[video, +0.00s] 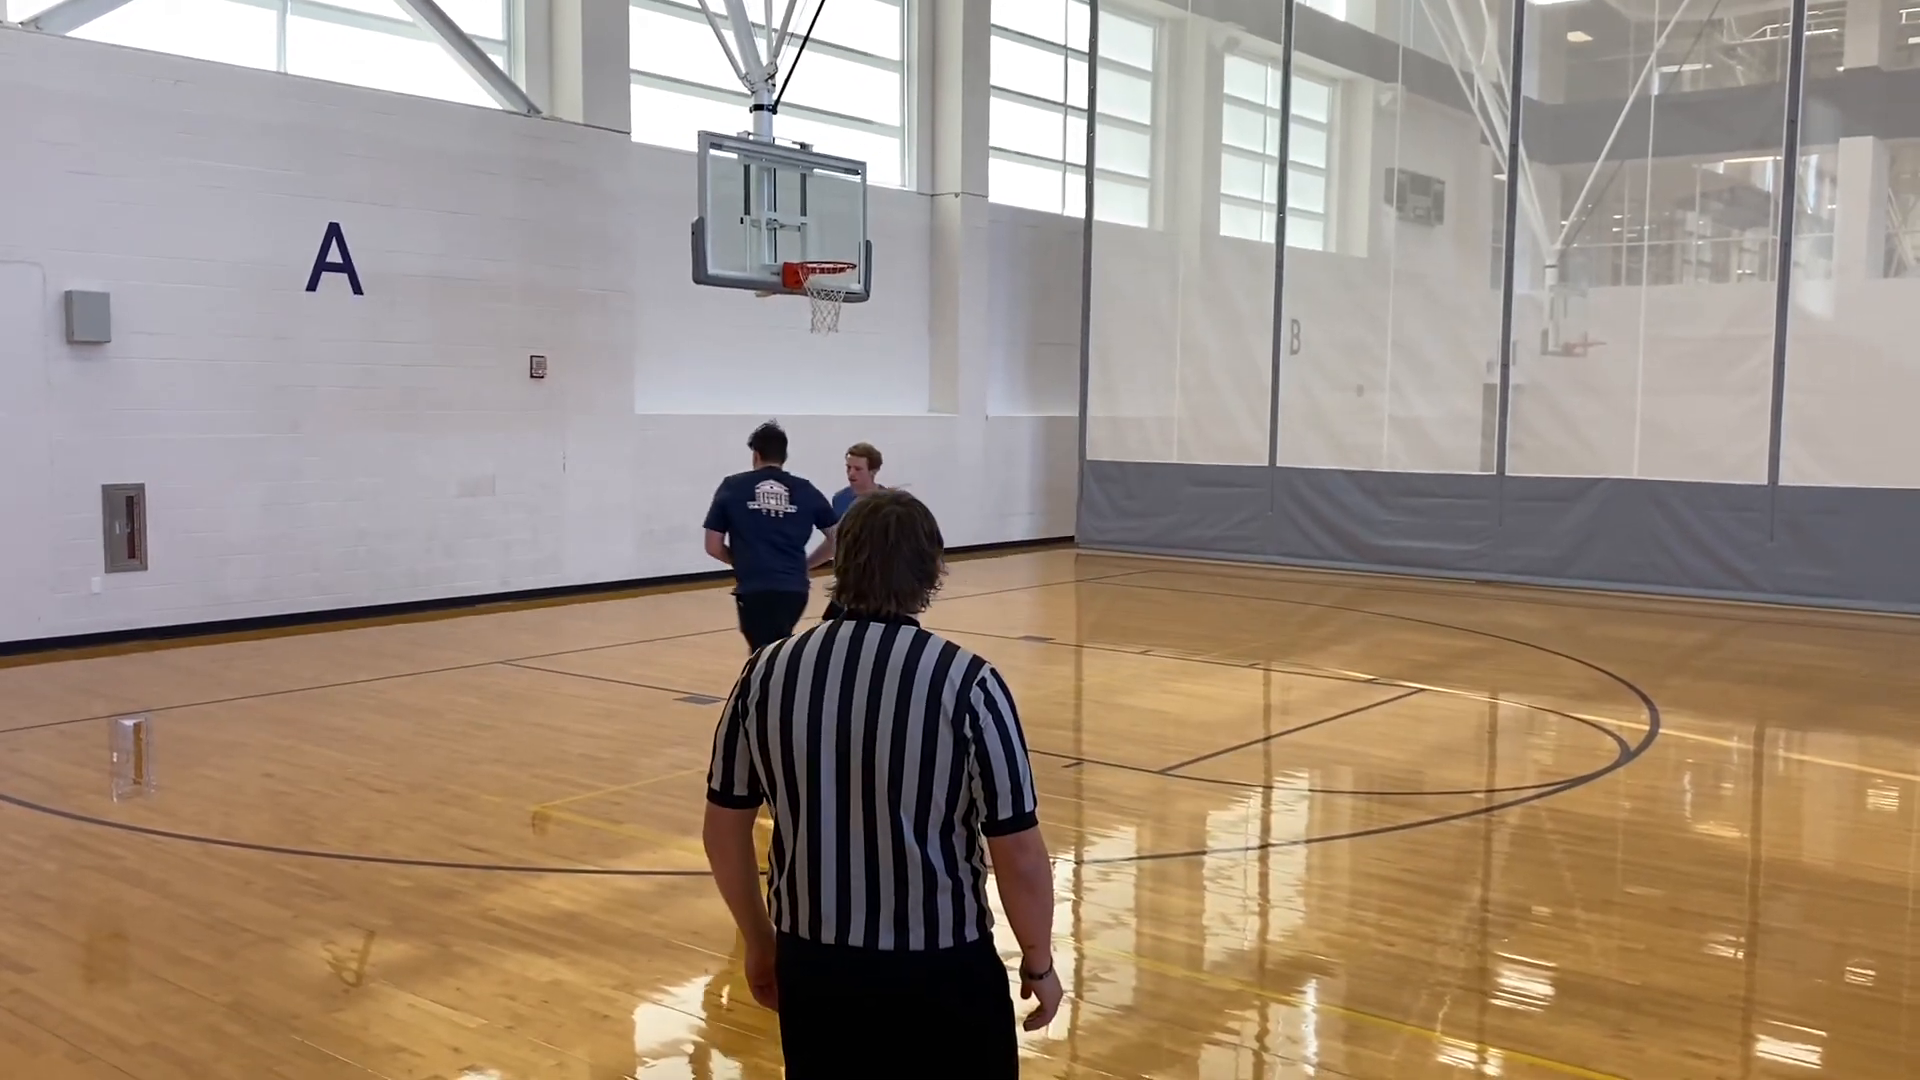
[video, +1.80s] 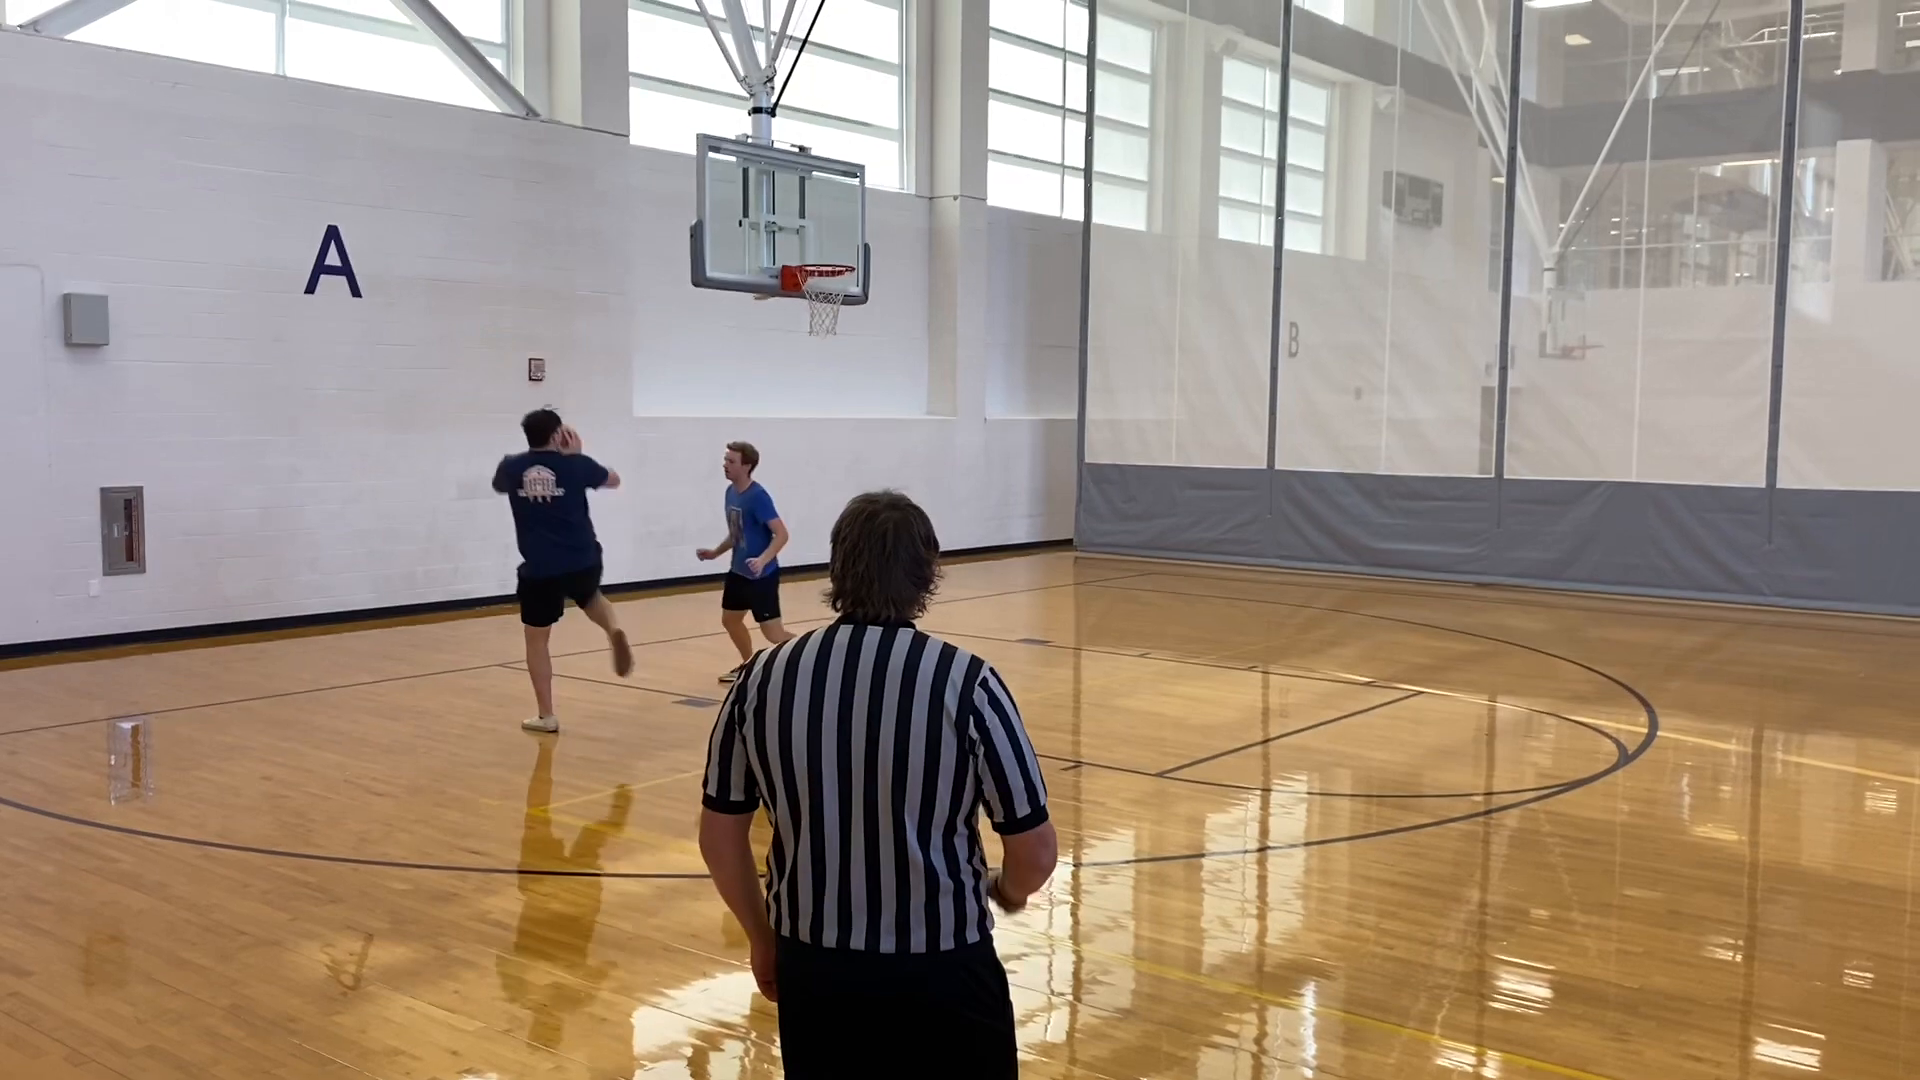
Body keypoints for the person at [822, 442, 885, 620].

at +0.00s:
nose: (851, 474)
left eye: (858, 469)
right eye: (848, 468)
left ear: (873, 471)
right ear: (845, 467)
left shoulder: (889, 501)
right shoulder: (839, 499)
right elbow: (835, 540)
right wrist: (805, 564)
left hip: (882, 577)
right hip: (848, 576)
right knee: (828, 627)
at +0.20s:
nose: (834, 471)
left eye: (840, 467)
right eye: (831, 466)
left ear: (856, 469)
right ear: (828, 465)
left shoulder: (873, 498)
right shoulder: (823, 494)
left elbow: (882, 536)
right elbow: (821, 522)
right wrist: (802, 537)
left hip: (869, 574)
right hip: (838, 573)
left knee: (869, 625)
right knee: (813, 624)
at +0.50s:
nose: (807, 466)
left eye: (813, 461)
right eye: (806, 460)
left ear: (829, 464)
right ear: (803, 460)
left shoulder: (848, 495)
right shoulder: (801, 488)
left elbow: (861, 534)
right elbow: (795, 509)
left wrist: (851, 571)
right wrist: (764, 525)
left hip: (843, 577)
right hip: (813, 576)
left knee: (851, 633)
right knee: (796, 636)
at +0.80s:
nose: (786, 456)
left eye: (792, 451)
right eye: (785, 450)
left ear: (809, 453)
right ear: (783, 450)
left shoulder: (825, 483)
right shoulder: (786, 477)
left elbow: (853, 517)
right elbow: (790, 504)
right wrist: (764, 518)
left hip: (826, 564)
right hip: (798, 562)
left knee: (818, 620)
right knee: (783, 618)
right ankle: (799, 665)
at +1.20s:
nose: (764, 457)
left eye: (770, 453)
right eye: (763, 452)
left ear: (786, 456)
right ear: (762, 453)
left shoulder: (801, 485)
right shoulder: (771, 483)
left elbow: (829, 520)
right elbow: (776, 521)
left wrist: (818, 547)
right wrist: (757, 539)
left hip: (807, 567)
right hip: (779, 564)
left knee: (796, 626)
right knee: (752, 610)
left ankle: (804, 673)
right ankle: (765, 662)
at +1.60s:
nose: (740, 466)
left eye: (745, 462)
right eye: (739, 461)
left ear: (760, 465)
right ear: (746, 464)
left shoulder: (775, 494)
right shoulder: (748, 494)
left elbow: (798, 532)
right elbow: (757, 535)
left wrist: (782, 560)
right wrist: (733, 556)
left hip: (781, 575)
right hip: (755, 572)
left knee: (787, 632)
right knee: (735, 617)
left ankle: (797, 682)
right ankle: (744, 659)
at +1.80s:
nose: (725, 465)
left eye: (730, 461)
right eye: (725, 460)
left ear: (747, 466)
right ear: (732, 464)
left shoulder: (758, 497)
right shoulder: (731, 493)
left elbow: (782, 534)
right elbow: (736, 533)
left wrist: (763, 559)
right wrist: (715, 552)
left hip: (763, 577)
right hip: (738, 574)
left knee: (774, 633)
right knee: (731, 621)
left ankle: (814, 655)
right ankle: (750, 665)